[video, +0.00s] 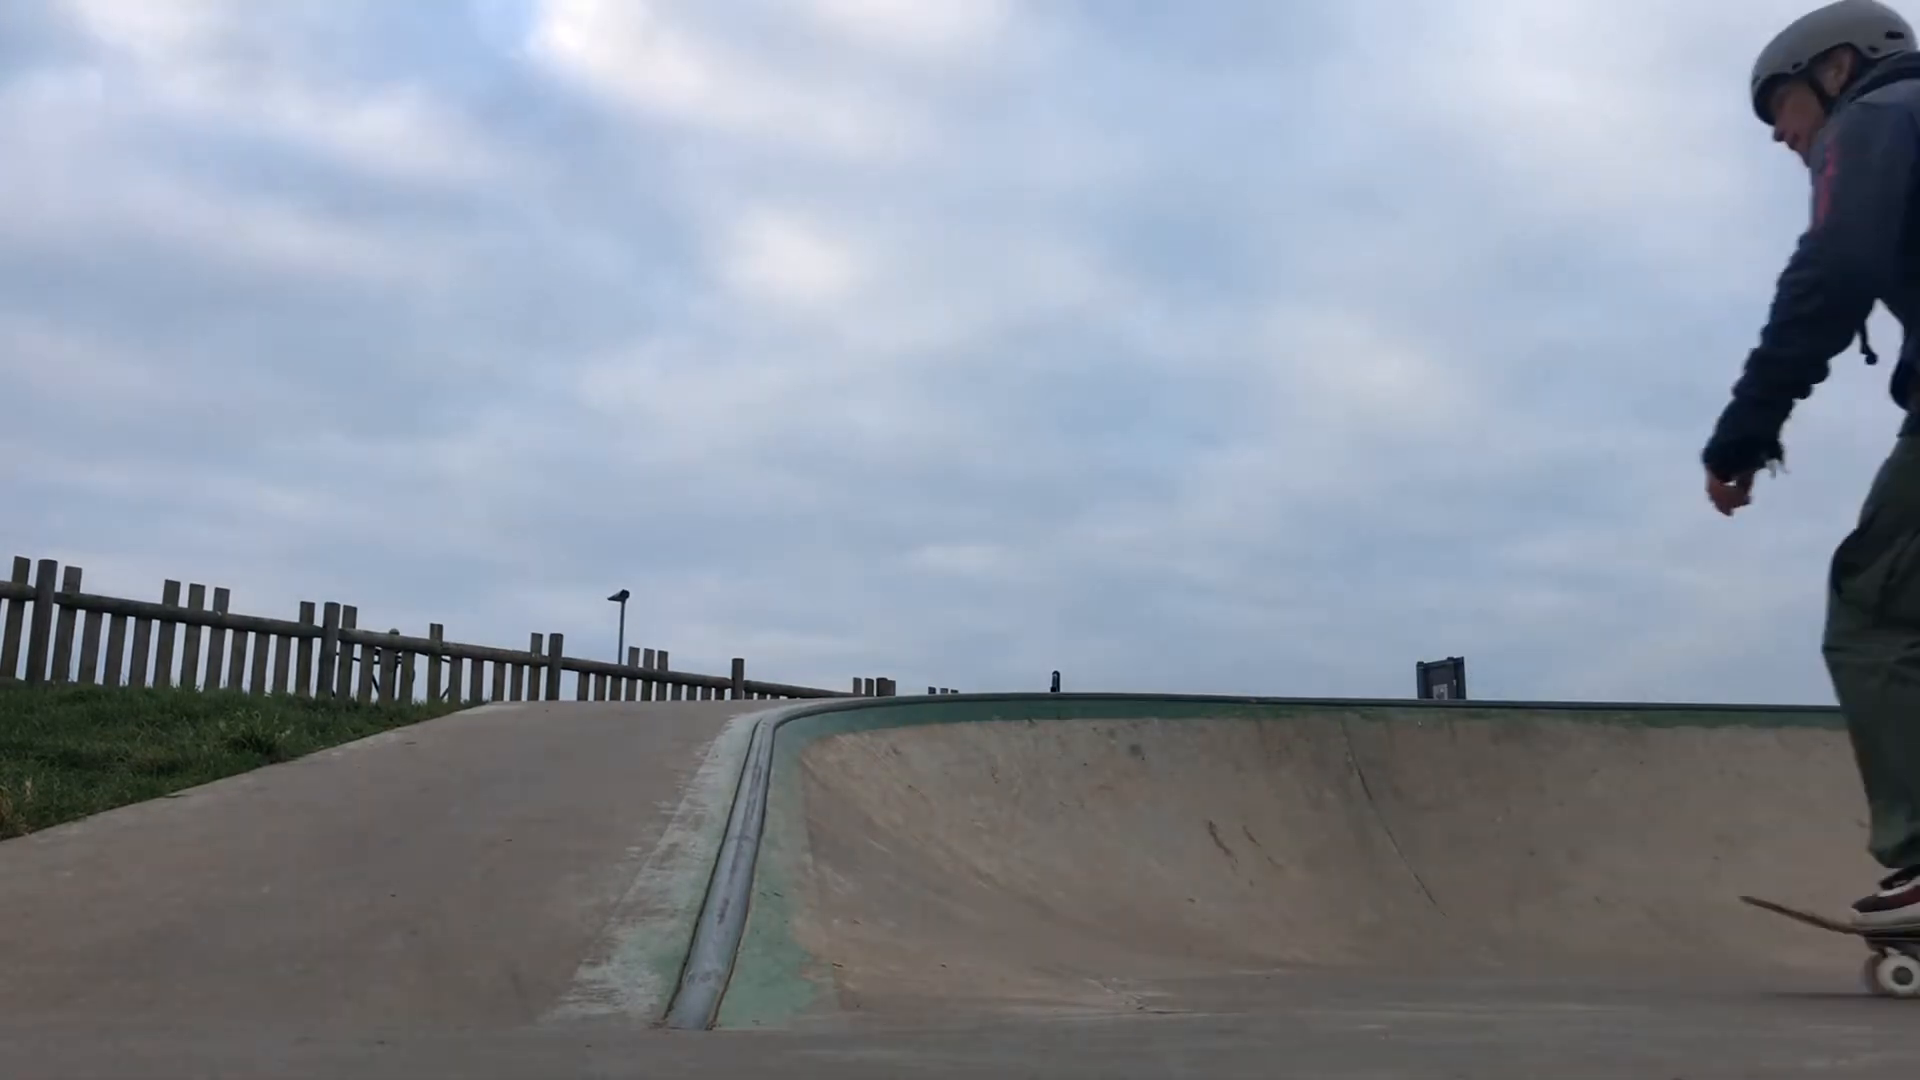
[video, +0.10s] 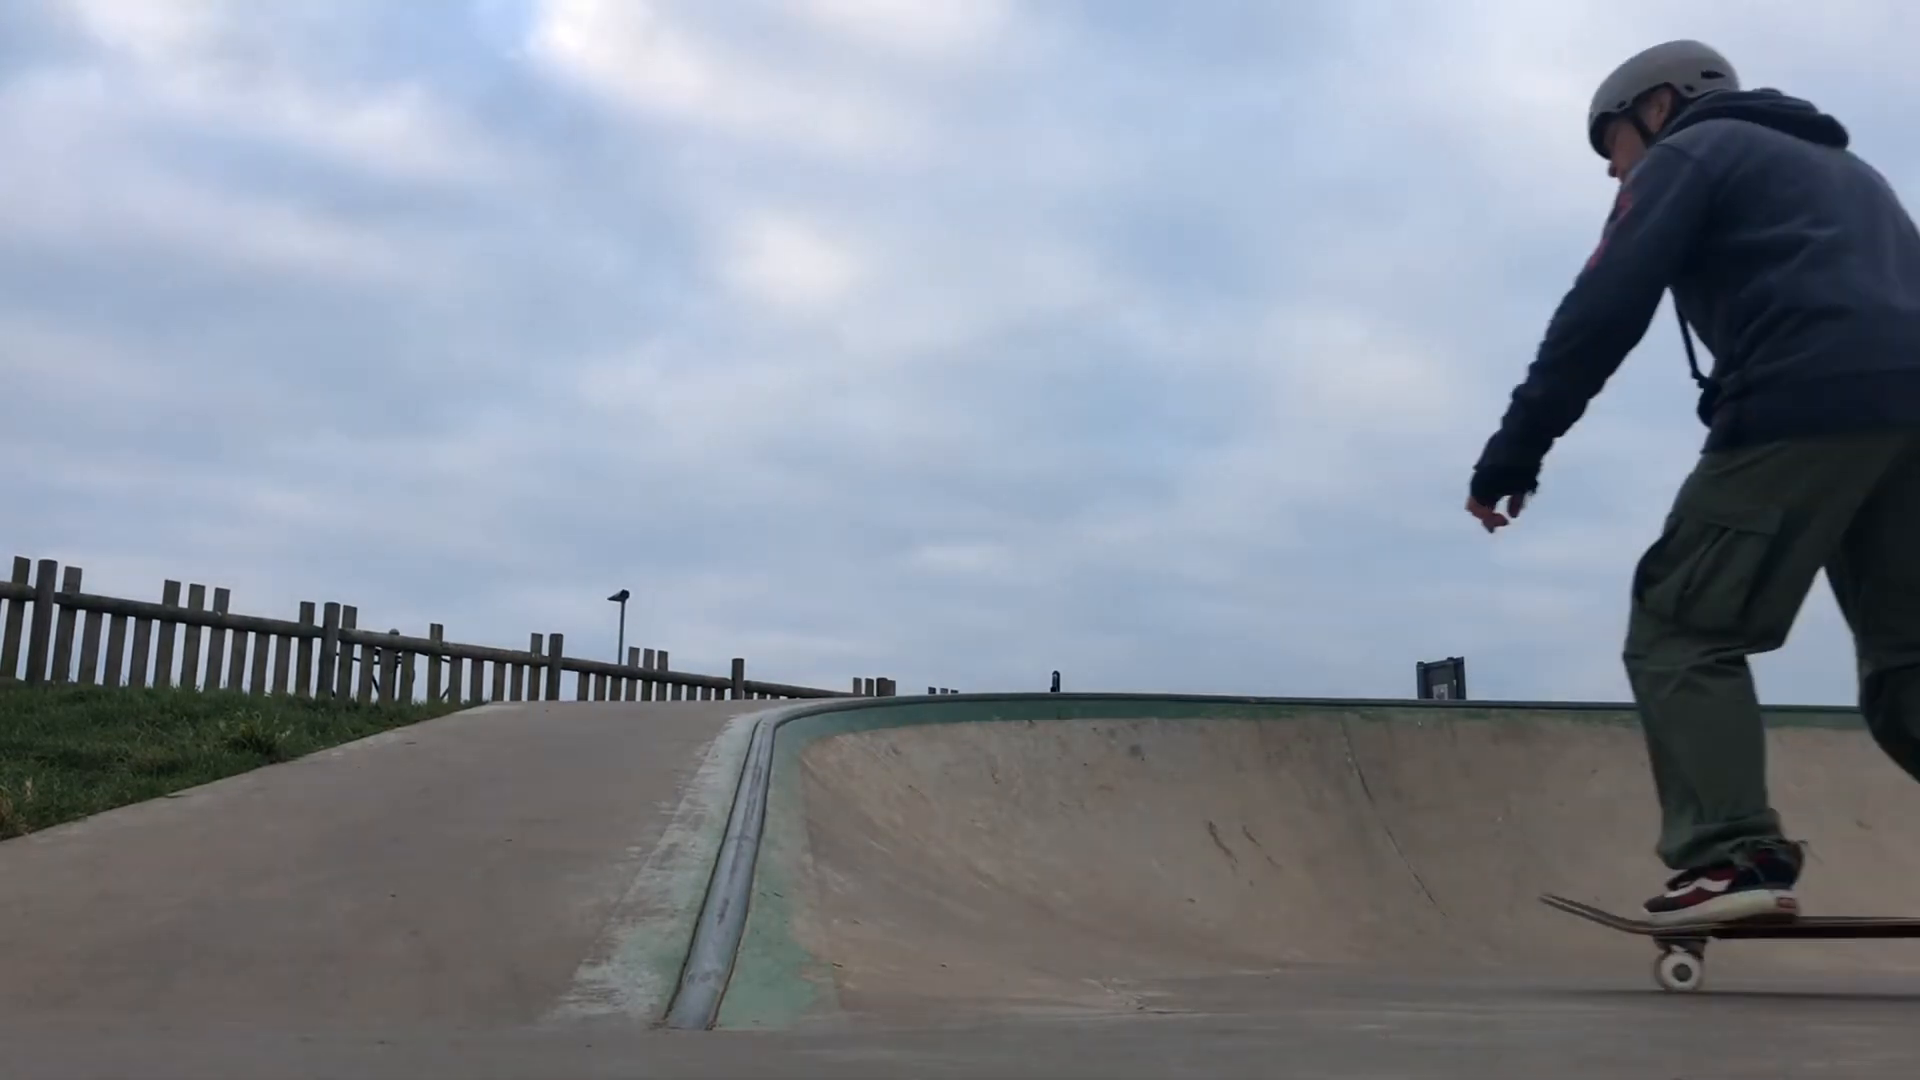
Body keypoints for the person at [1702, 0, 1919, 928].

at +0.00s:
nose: (1780, 134)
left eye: (1779, 108)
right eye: (1772, 119)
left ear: (1838, 69)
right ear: (1851, 72)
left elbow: (1828, 283)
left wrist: (1741, 435)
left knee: (1872, 607)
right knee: (1880, 603)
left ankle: (1914, 857)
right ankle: (1911, 857)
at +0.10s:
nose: (1615, 172)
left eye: (1614, 147)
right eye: (1609, 156)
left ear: (1659, 107)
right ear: (1687, 104)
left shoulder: (1688, 155)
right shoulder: (1843, 166)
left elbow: (1599, 312)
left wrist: (1512, 453)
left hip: (1807, 393)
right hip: (1909, 395)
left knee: (1682, 628)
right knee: (1903, 670)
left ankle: (1735, 856)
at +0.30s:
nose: (1346, 195)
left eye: (1348, 184)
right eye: (1347, 186)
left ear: (1369, 169)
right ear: (1450, 156)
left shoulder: (1349, 229)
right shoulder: (1539, 224)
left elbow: (1274, 377)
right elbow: (1685, 306)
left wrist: (1270, 496)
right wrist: (1789, 398)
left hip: (1417, 440)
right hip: (1553, 445)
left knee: (1309, 648)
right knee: (1514, 669)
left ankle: (1302, 854)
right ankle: (1598, 854)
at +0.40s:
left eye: (1260, 180)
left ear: (1261, 179)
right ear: (1354, 173)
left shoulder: (1220, 248)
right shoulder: (1412, 226)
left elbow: (1158, 402)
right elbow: (1572, 257)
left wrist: (1198, 482)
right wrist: (1697, 318)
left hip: (1231, 444)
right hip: (1358, 456)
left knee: (1137, 645)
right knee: (1330, 663)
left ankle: (1074, 839)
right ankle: (1342, 860)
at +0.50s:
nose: (1271, 205)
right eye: (1273, 195)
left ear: (1184, 187)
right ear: (1265, 189)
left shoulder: (1130, 248)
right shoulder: (1289, 222)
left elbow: (1041, 379)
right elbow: (1429, 226)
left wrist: (1078, 437)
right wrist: (1555, 271)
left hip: (1084, 425)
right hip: (1198, 440)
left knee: (1001, 613)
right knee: (1160, 660)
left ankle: (863, 746)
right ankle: (1065, 858)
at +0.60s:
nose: (1199, 230)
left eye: (1186, 224)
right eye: (1197, 222)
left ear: (1119, 213)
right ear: (1183, 217)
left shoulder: (1056, 260)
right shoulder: (1190, 243)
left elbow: (953, 350)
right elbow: (1301, 261)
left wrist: (955, 425)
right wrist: (1426, 321)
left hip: (973, 398)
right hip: (1067, 415)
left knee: (934, 596)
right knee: (1021, 643)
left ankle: (780, 706)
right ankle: (875, 767)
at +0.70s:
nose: (1157, 264)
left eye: (1150, 259)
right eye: (1156, 254)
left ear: (1082, 224)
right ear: (1141, 240)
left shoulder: (1019, 259)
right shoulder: (1134, 259)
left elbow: (889, 343)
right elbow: (1231, 317)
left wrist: (889, 408)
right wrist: (1333, 391)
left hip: (898, 387)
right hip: (971, 403)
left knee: (897, 594)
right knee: (982, 623)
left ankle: (783, 700)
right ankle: (832, 731)